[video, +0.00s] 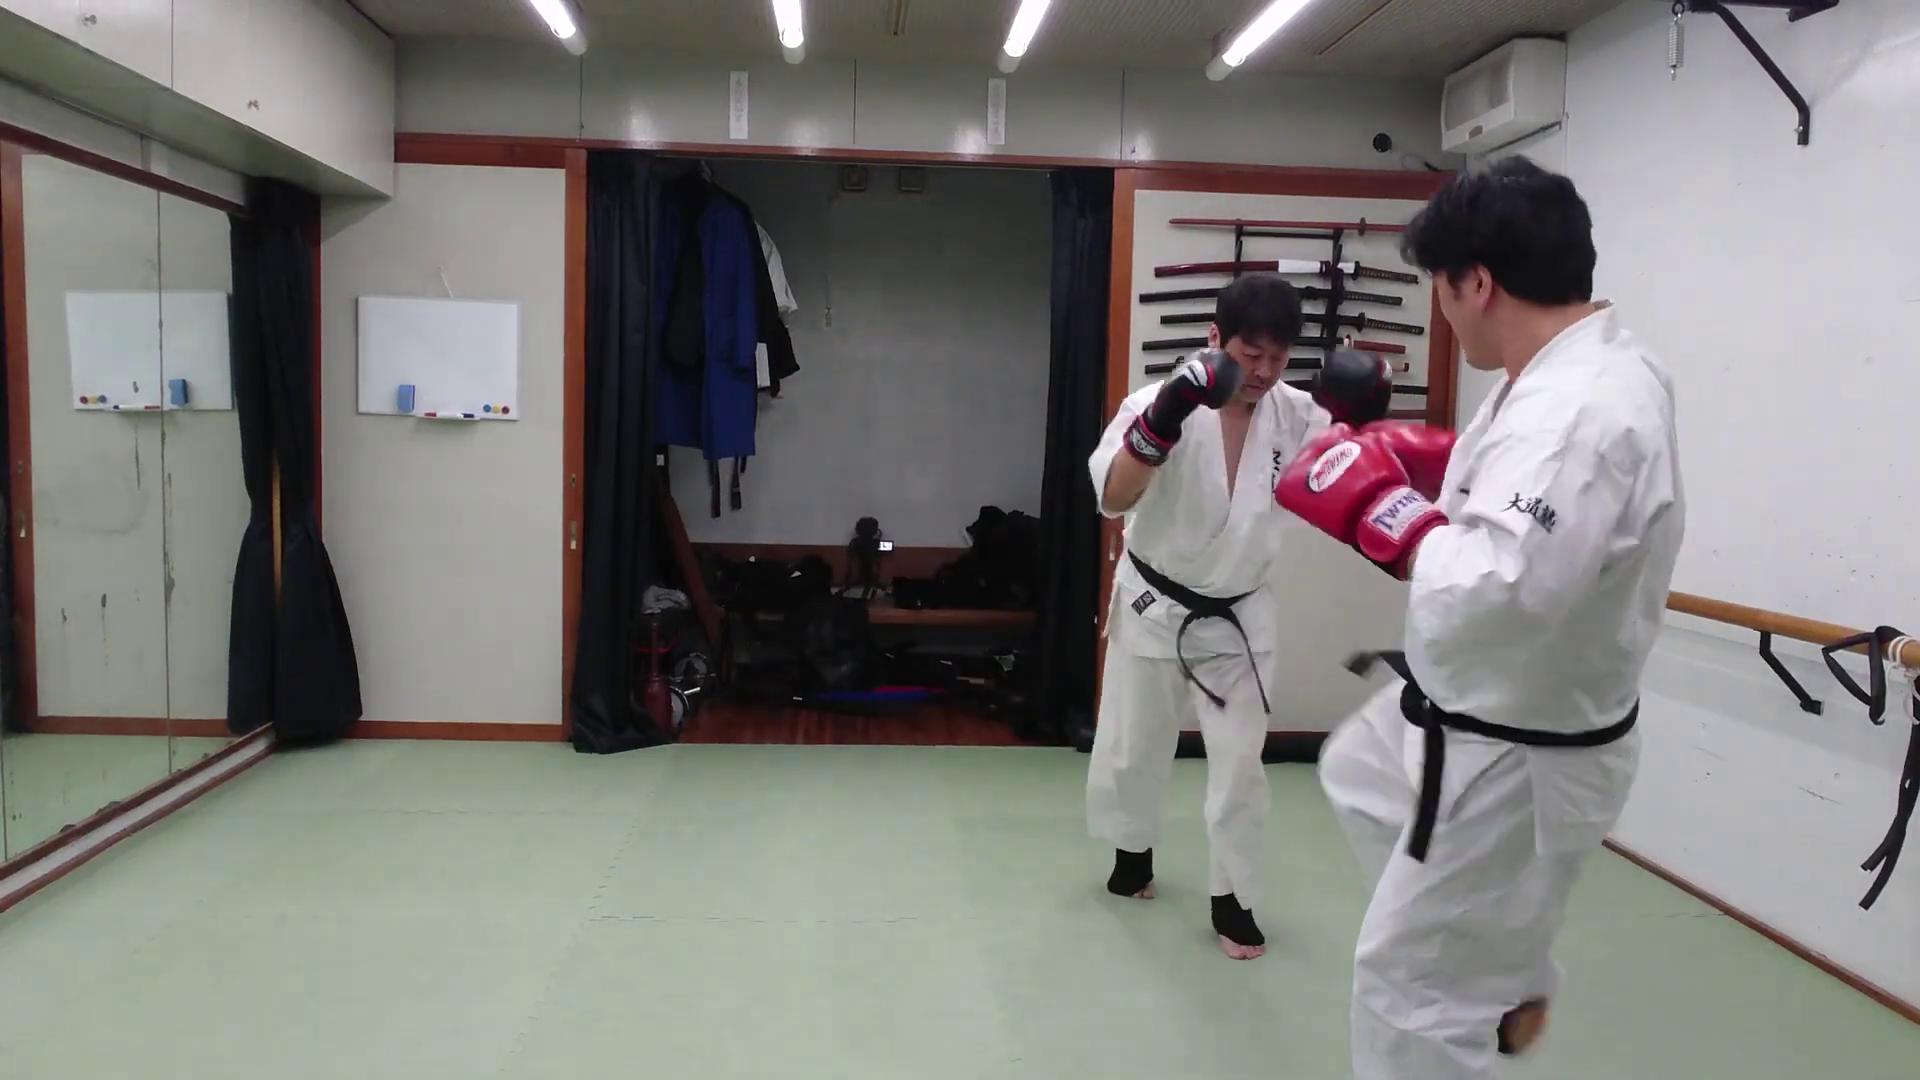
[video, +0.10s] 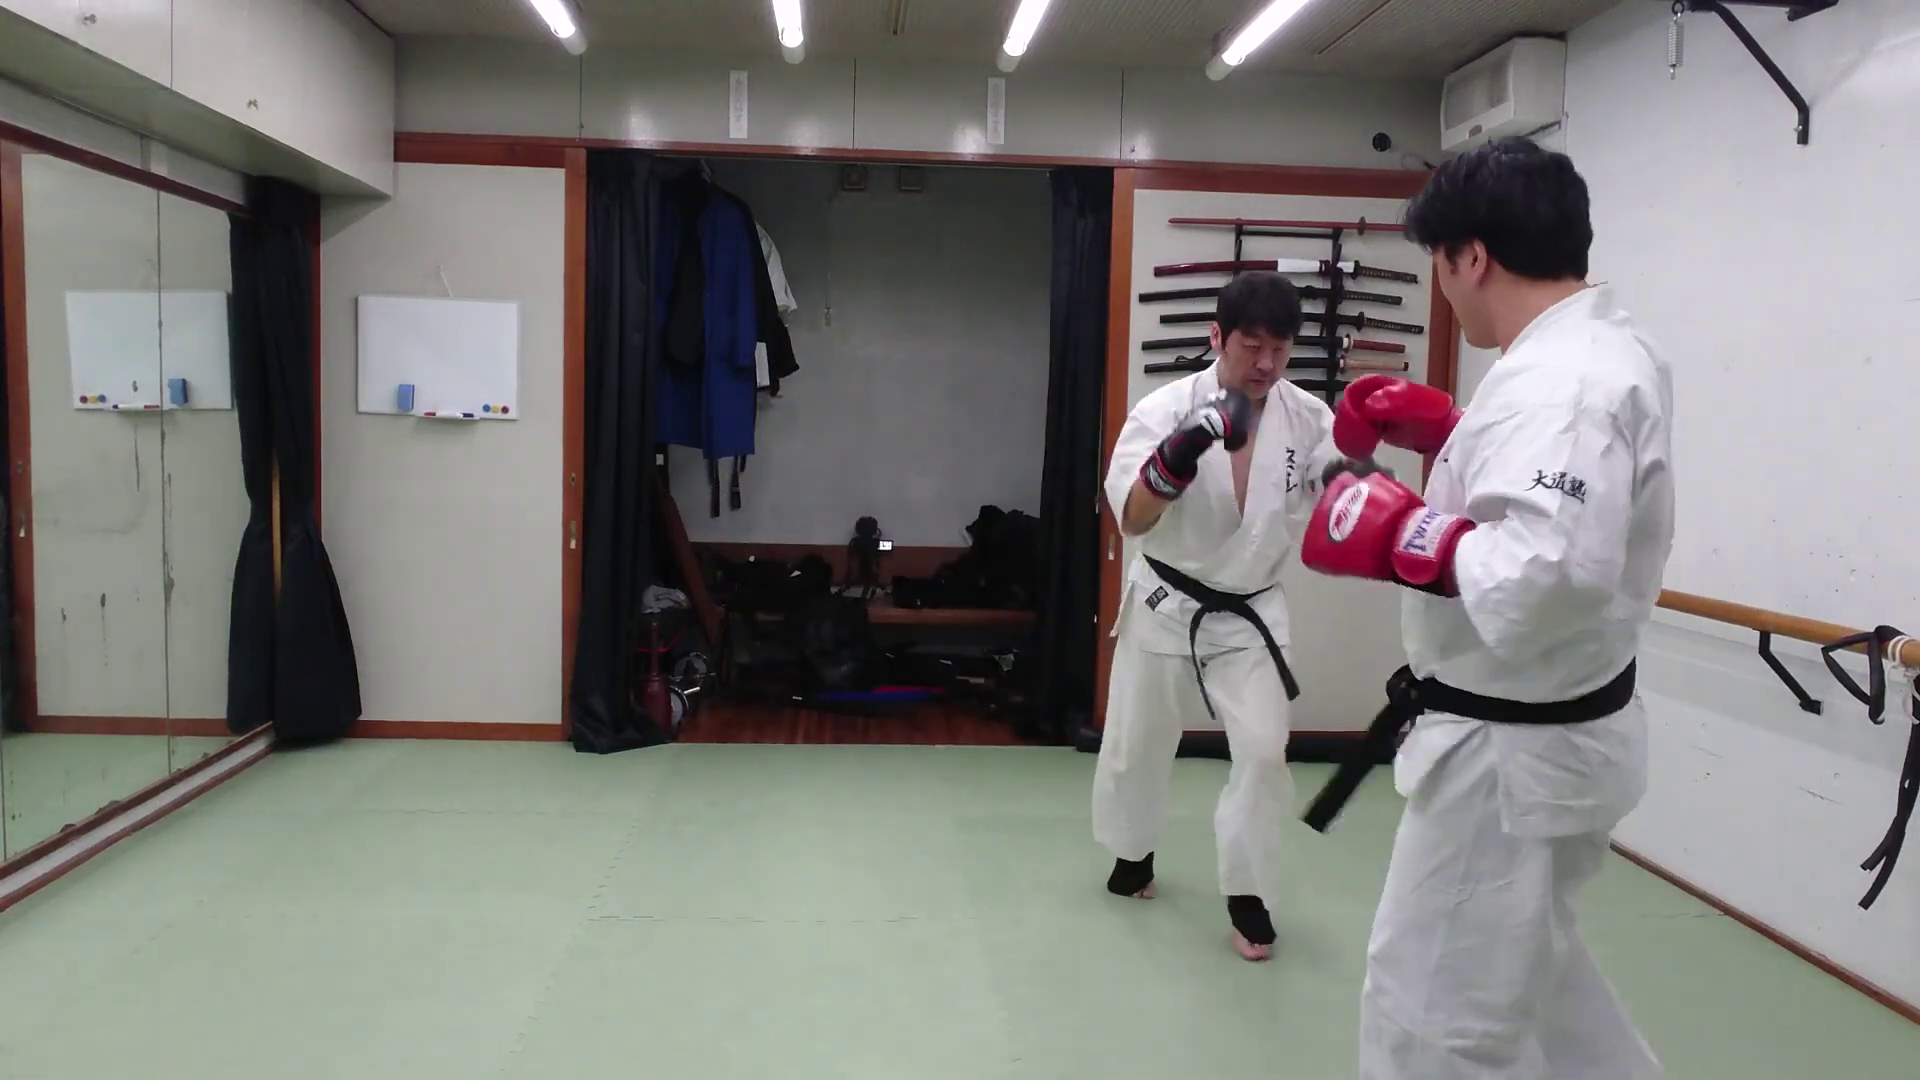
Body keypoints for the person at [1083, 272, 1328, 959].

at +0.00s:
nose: (1263, 369)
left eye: (1277, 356)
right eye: (1251, 352)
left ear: (1290, 352)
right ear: (1218, 340)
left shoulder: (1293, 412)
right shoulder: (1162, 403)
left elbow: (1351, 470)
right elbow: (1114, 498)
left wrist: (1362, 413)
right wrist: (1166, 418)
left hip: (1241, 607)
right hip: (1152, 599)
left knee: (1241, 762)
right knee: (1136, 743)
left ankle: (1232, 899)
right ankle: (1133, 852)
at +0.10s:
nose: (1267, 364)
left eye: (1280, 350)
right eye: (1253, 348)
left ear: (1292, 347)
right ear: (1218, 337)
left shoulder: (1307, 417)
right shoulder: (1163, 409)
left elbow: (1350, 490)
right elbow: (1132, 520)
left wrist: (1362, 471)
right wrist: (1171, 464)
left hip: (1252, 606)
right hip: (1162, 600)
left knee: (1264, 749)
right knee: (1137, 739)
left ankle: (1247, 891)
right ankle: (1132, 854)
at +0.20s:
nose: (1280, 350)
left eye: (1293, 336)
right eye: (1265, 332)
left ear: (1307, 338)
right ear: (1233, 330)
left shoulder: (1328, 417)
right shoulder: (1180, 407)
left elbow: (1347, 508)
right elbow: (1131, 513)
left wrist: (1351, 534)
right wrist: (1178, 506)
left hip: (1271, 606)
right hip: (1180, 599)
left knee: (1288, 757)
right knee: (1145, 739)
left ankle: (1309, 913)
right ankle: (1133, 858)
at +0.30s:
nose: (1306, 345)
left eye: (1319, 332)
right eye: (1291, 329)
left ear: (1334, 339)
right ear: (1260, 331)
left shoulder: (1360, 423)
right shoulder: (1199, 413)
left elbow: (1392, 523)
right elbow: (1131, 508)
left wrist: (1371, 560)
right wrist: (1171, 504)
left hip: (1295, 621)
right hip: (1199, 611)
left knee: (1317, 782)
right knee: (1152, 748)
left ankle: (1355, 918)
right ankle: (1136, 860)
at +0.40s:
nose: (1326, 346)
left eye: (1340, 332)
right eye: (1312, 329)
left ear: (1356, 341)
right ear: (1282, 334)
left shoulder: (1381, 428)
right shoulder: (1219, 421)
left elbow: (1401, 531)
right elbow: (1150, 525)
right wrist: (1171, 495)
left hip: (1329, 638)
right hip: (1228, 629)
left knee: (1350, 786)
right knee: (1163, 760)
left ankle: (1379, 906)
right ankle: (1147, 861)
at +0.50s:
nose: (1312, 334)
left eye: (1319, 319)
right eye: (1310, 317)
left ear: (1340, 329)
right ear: (1295, 322)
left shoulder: (1387, 419)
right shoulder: (1237, 409)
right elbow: (1184, 502)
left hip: (1336, 629)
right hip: (1237, 620)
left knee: (1348, 775)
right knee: (1176, 755)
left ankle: (1364, 915)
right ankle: (1175, 852)